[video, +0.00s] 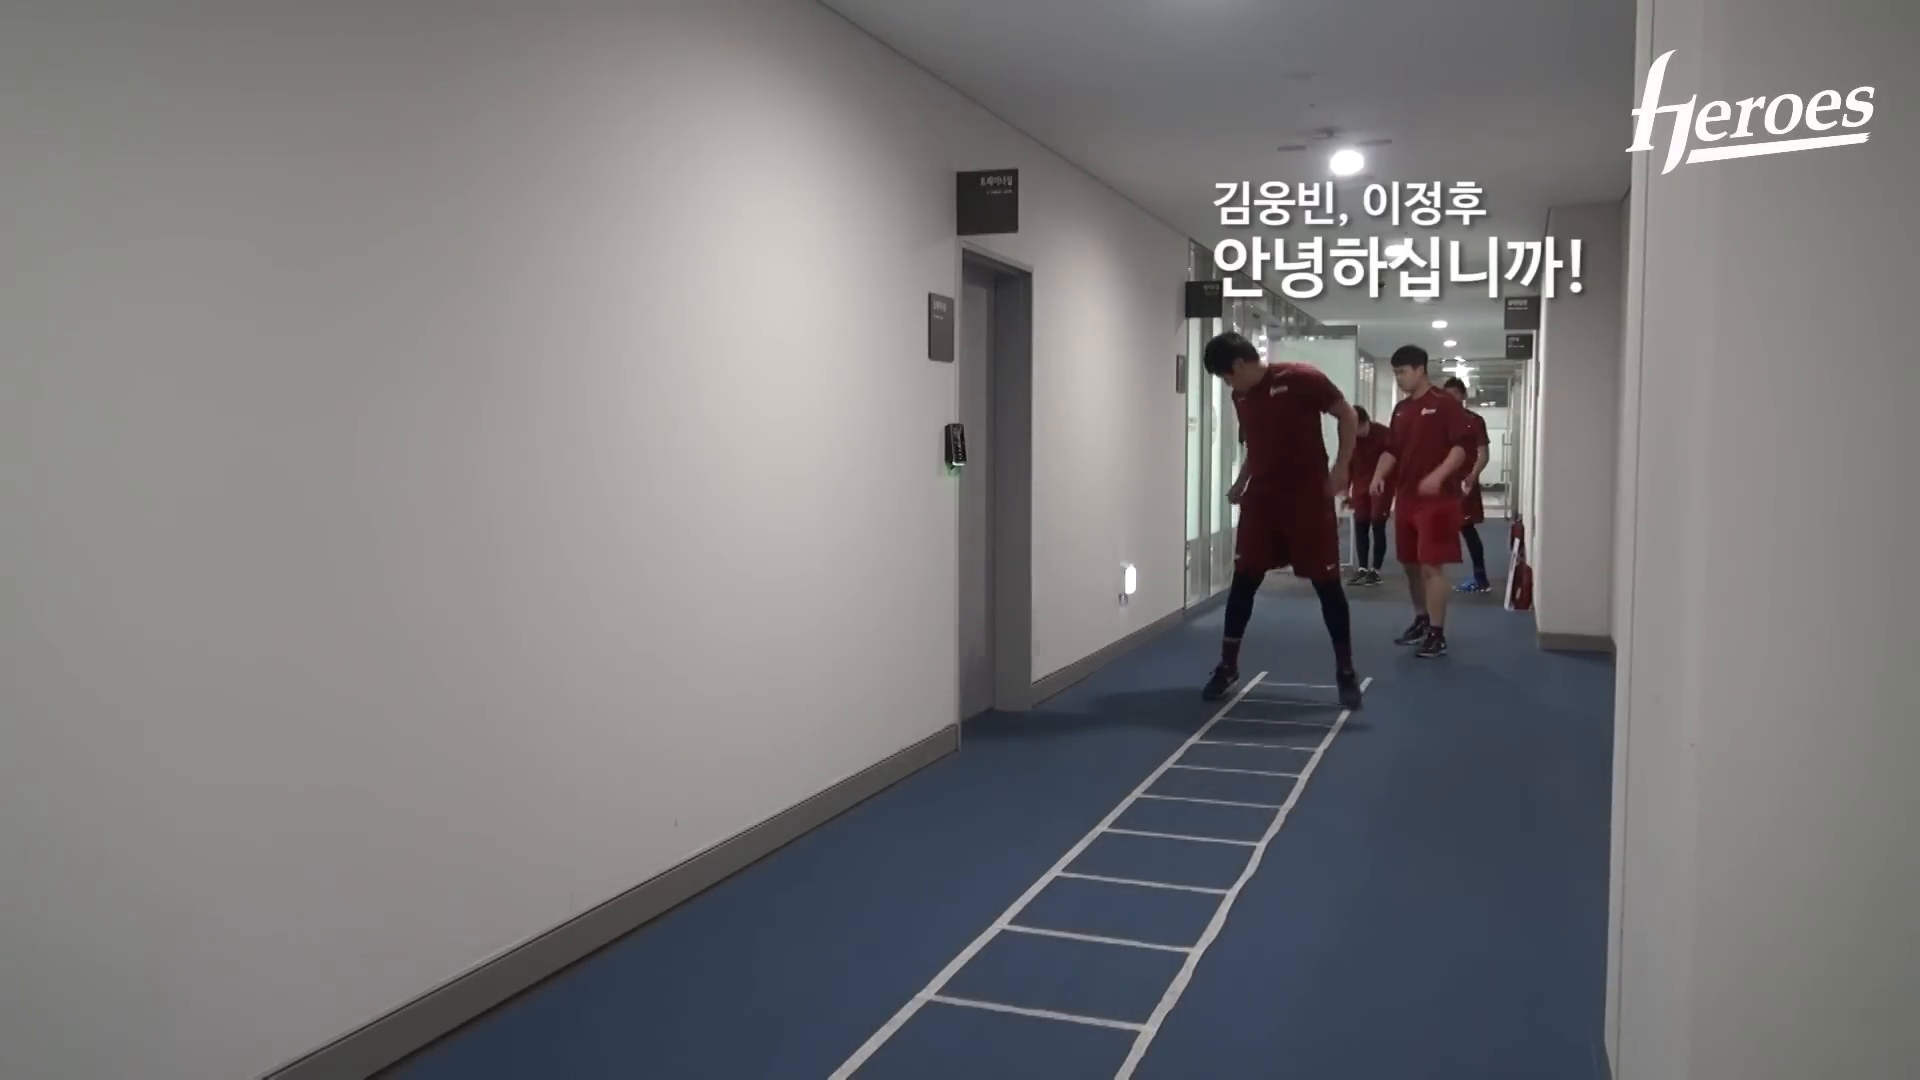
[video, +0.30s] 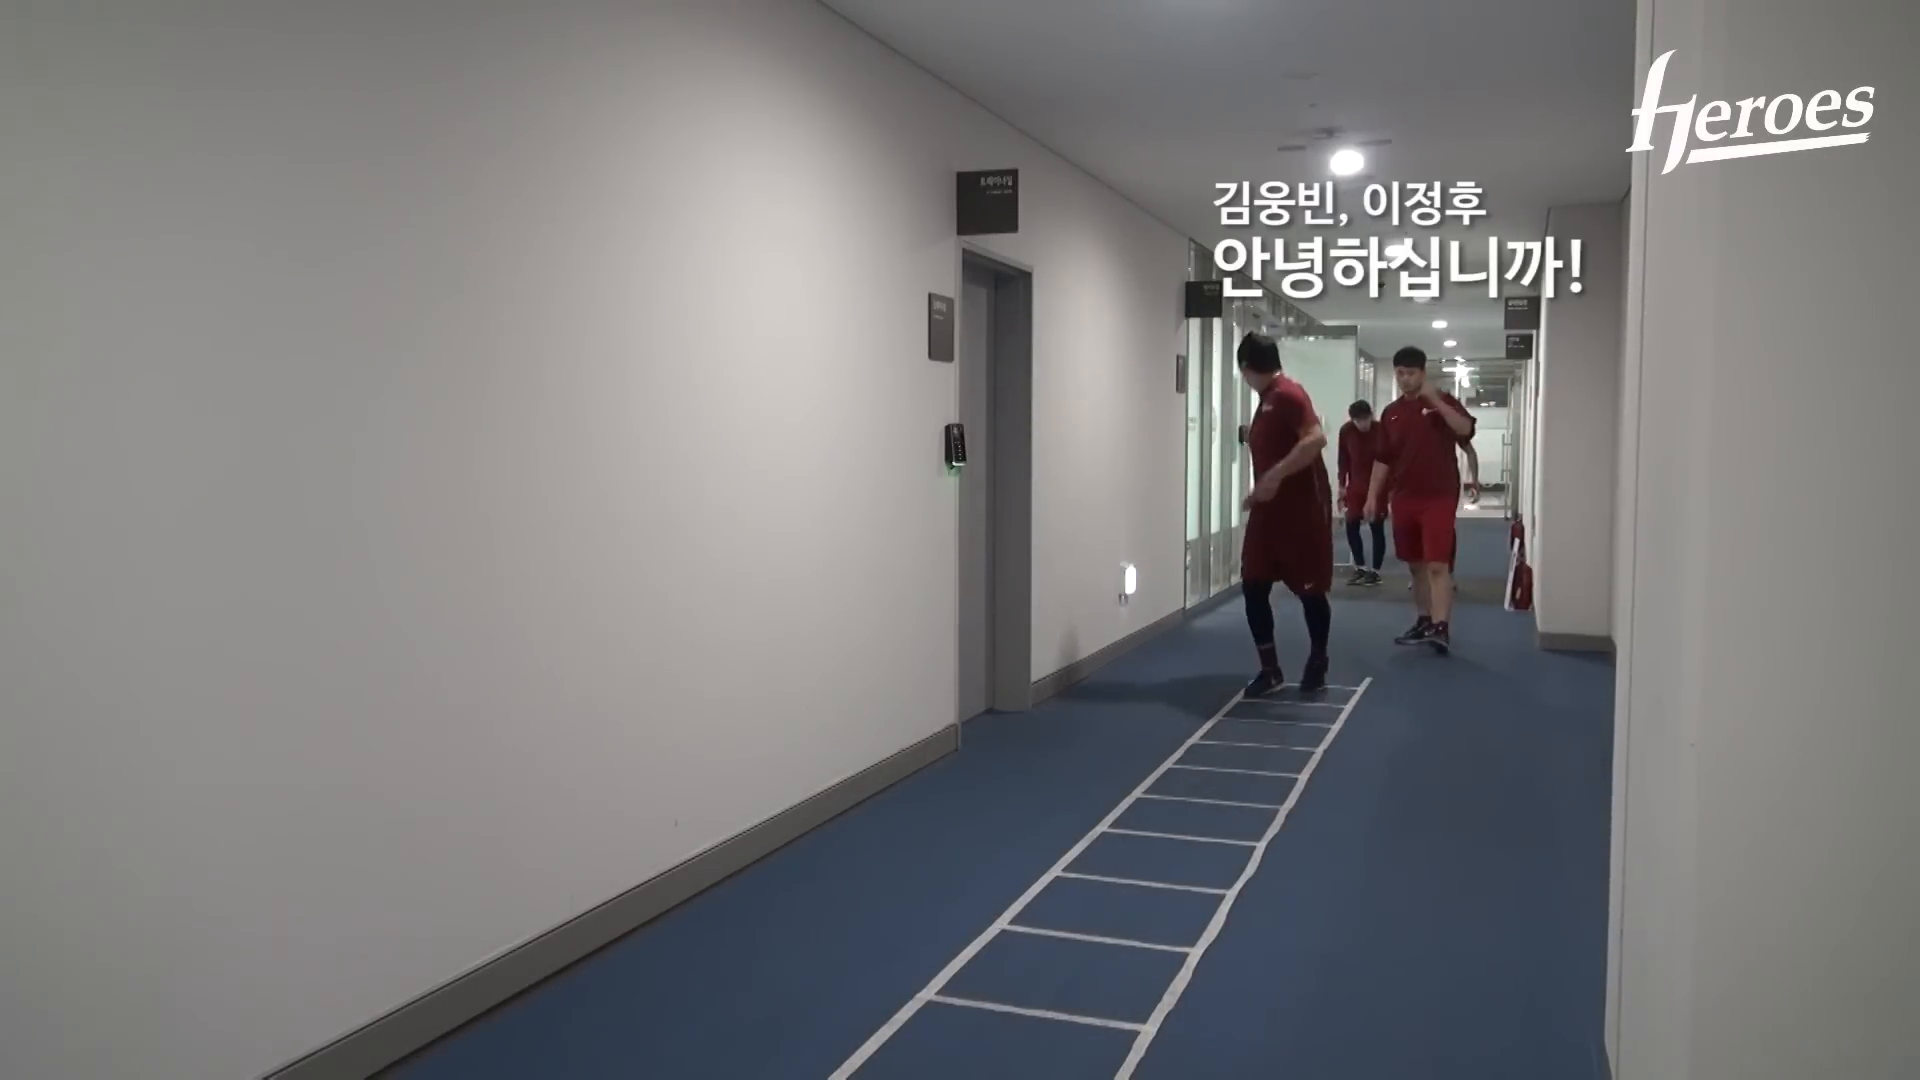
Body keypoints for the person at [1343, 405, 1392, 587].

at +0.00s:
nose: (1358, 432)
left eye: (1360, 427)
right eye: (1354, 428)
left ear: (1366, 421)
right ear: (1351, 426)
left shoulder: (1384, 434)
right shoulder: (1351, 437)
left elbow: (1394, 461)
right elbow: (1347, 464)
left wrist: (1393, 488)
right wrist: (1345, 490)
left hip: (1381, 488)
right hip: (1360, 488)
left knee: (1378, 528)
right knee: (1361, 528)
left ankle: (1375, 569)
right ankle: (1362, 568)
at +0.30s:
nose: (1363, 425)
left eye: (1366, 420)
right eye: (1359, 421)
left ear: (1371, 416)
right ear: (1352, 419)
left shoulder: (1380, 430)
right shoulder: (1346, 431)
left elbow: (1388, 461)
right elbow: (1343, 462)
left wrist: (1390, 491)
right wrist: (1341, 489)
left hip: (1377, 488)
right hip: (1355, 488)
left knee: (1376, 526)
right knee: (1351, 526)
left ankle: (1375, 569)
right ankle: (1360, 567)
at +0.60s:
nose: (1353, 406)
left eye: (1356, 402)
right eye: (1349, 402)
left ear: (1363, 404)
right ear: (1344, 406)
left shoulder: (1375, 425)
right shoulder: (1339, 427)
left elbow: (1386, 457)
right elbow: (1336, 457)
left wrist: (1385, 486)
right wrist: (1337, 481)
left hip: (1369, 487)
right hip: (1345, 486)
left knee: (1373, 529)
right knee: (1332, 529)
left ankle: (1375, 569)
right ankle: (1323, 571)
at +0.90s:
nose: (1337, 408)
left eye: (1340, 403)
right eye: (1333, 404)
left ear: (1345, 404)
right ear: (1326, 406)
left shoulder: (1359, 427)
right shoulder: (1322, 428)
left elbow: (1367, 457)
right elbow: (1316, 454)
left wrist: (1363, 481)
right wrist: (1319, 477)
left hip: (1353, 482)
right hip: (1330, 482)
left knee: (1358, 524)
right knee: (1326, 525)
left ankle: (1369, 567)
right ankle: (1323, 566)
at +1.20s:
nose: (1324, 427)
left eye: (1326, 422)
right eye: (1321, 423)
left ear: (1334, 419)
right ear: (1319, 422)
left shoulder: (1352, 434)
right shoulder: (1319, 436)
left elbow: (1356, 467)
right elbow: (1316, 461)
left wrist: (1344, 489)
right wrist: (1315, 481)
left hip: (1346, 487)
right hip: (1326, 485)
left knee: (1344, 526)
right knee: (1323, 526)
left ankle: (1342, 565)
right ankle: (1323, 564)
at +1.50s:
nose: (1331, 445)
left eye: (1334, 441)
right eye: (1327, 441)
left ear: (1340, 433)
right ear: (1321, 433)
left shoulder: (1353, 440)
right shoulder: (1313, 438)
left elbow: (1356, 471)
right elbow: (1310, 467)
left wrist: (1348, 496)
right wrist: (1313, 491)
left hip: (1346, 491)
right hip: (1324, 491)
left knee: (1344, 527)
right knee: (1323, 528)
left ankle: (1342, 566)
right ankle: (1324, 566)